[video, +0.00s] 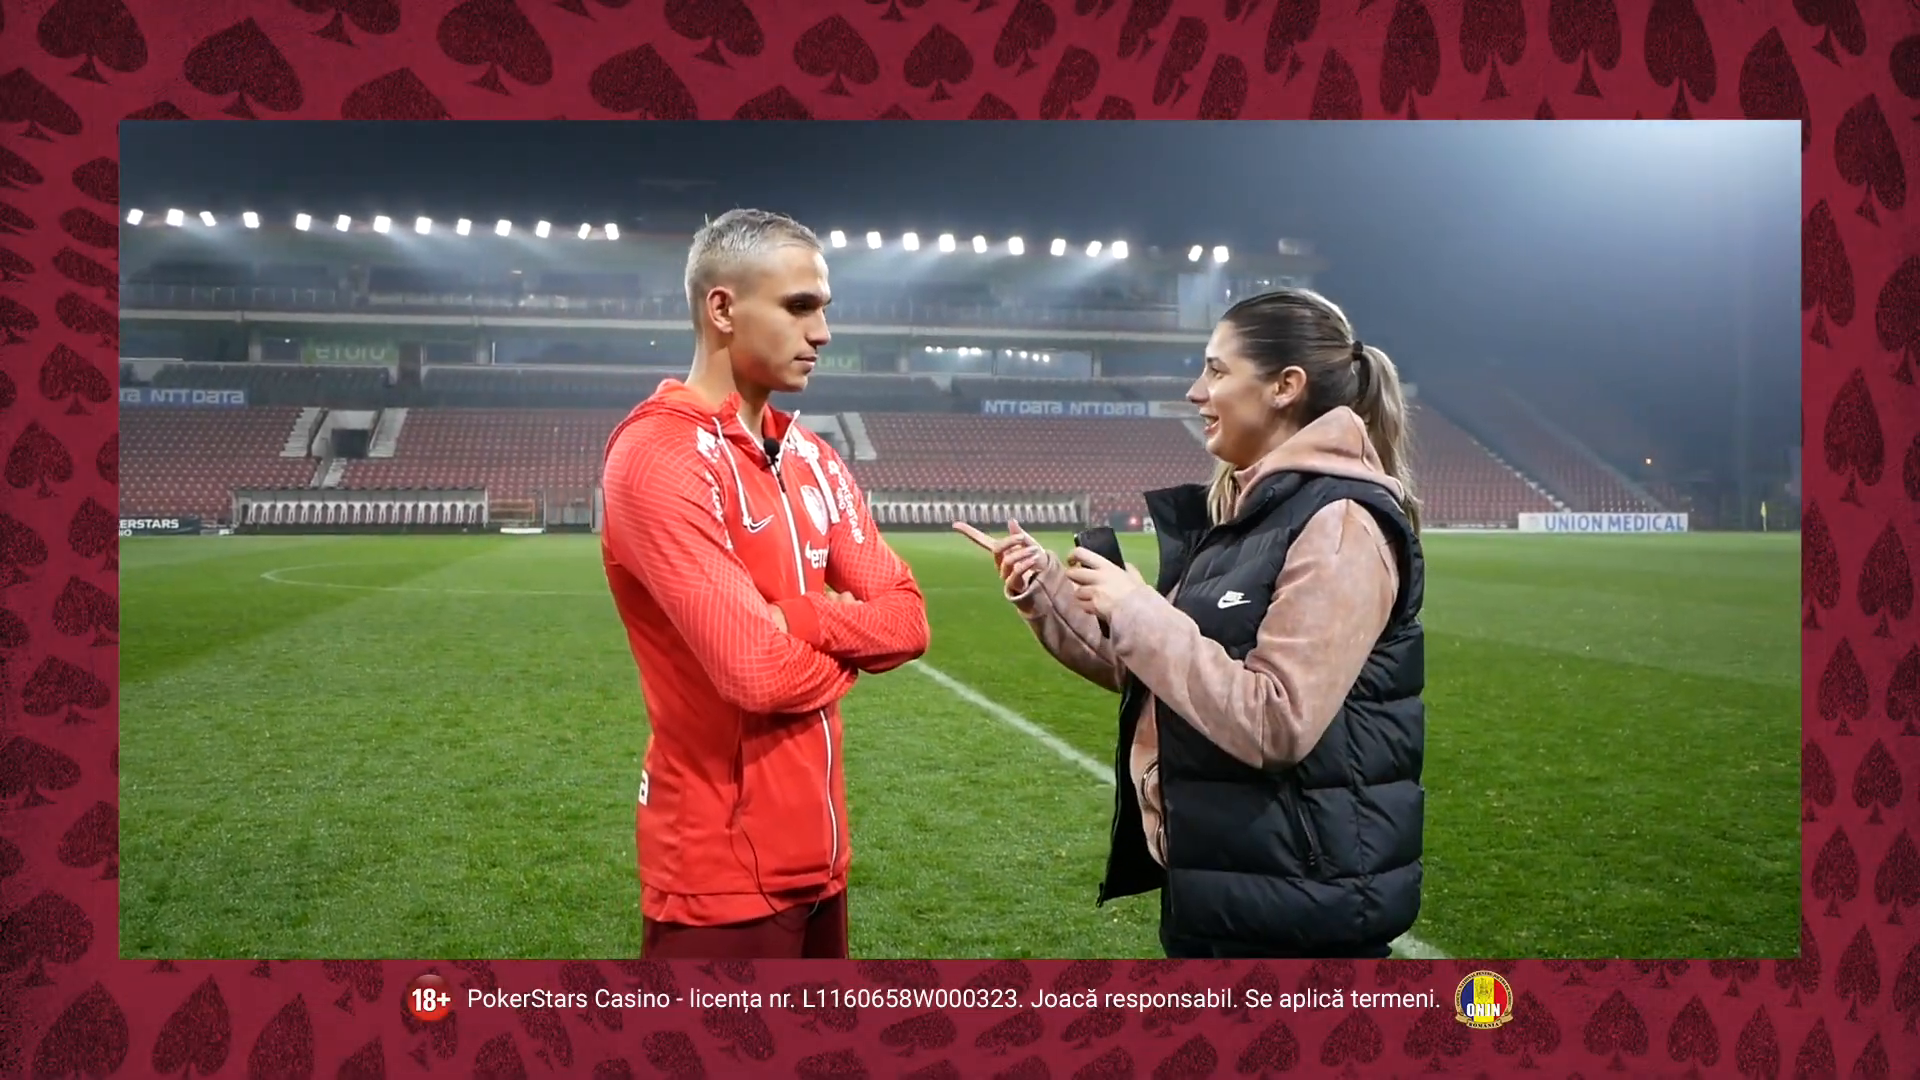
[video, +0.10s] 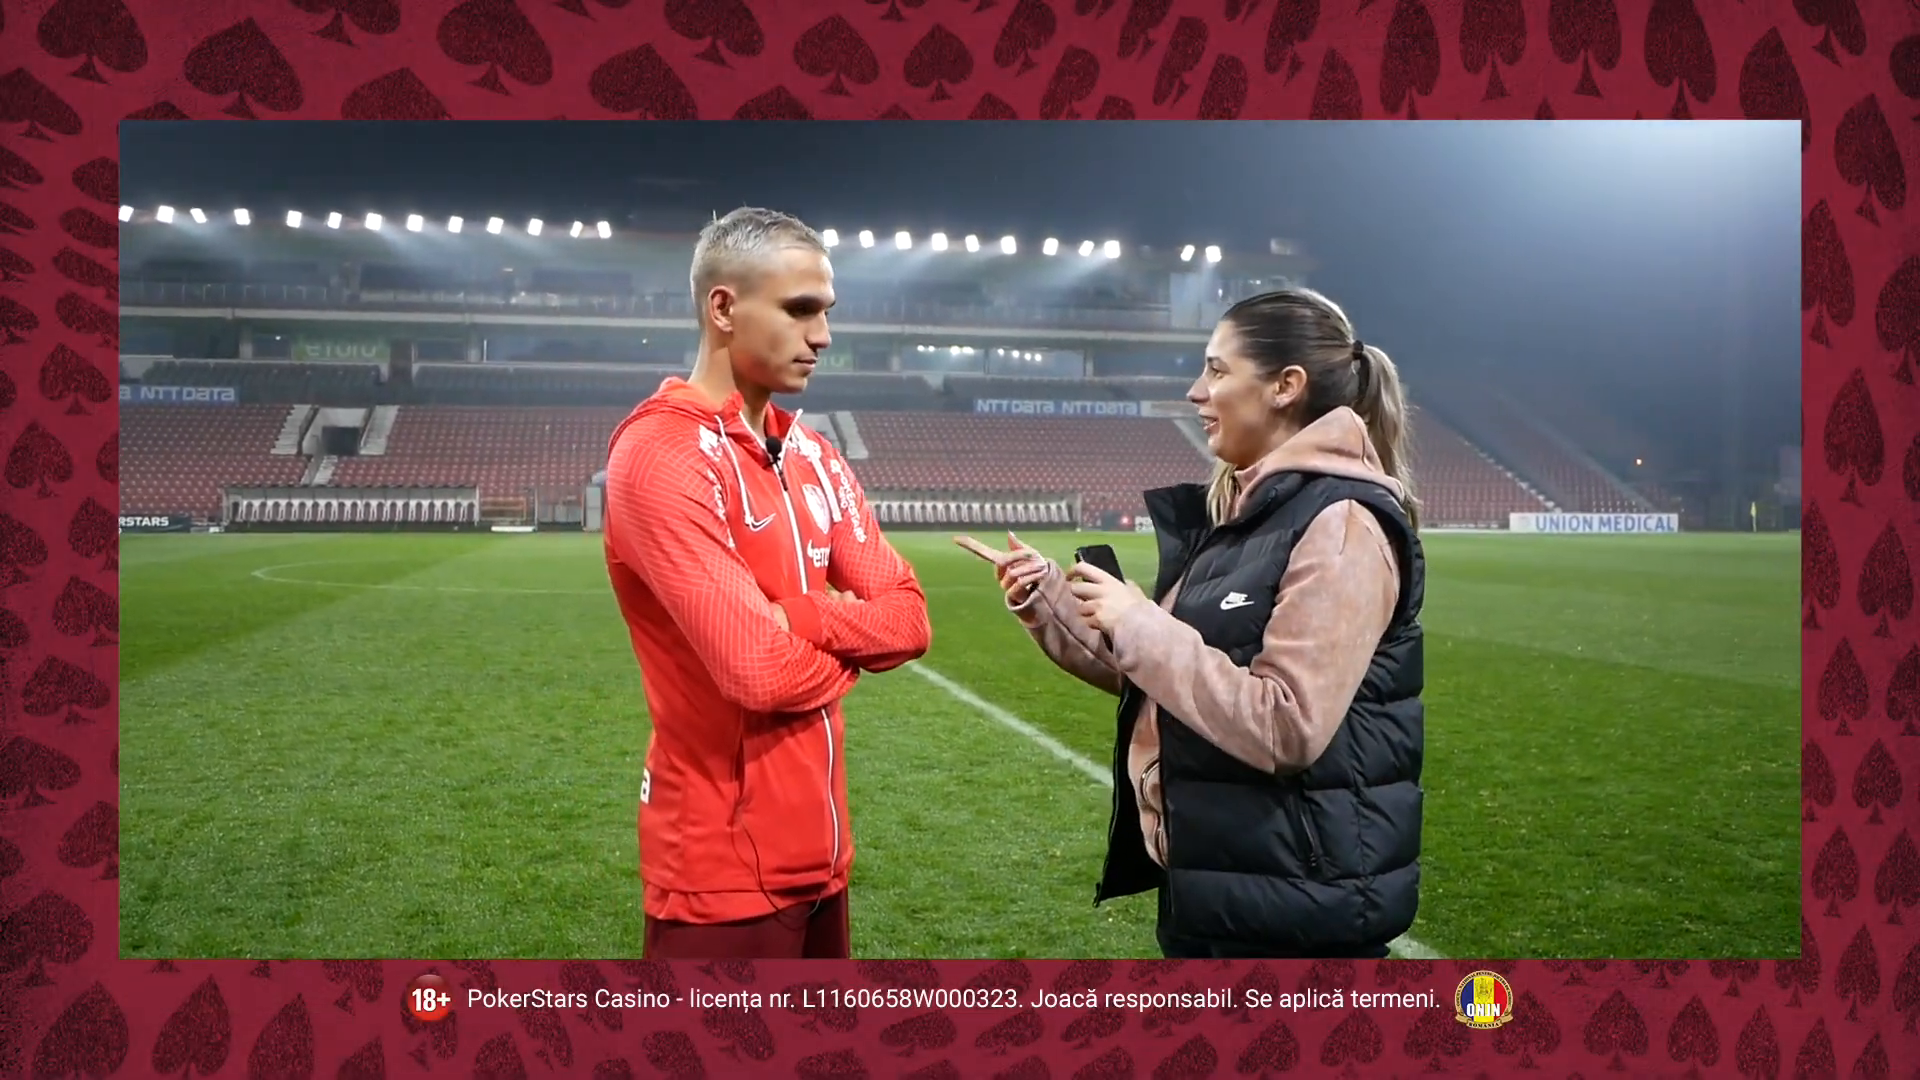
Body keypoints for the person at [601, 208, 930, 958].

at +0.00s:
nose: (822, 333)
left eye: (823, 309)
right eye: (799, 307)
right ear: (721, 309)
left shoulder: (812, 455)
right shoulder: (655, 459)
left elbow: (908, 620)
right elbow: (758, 676)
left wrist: (790, 616)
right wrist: (852, 646)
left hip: (813, 847)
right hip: (719, 861)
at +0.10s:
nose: (823, 335)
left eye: (826, 312)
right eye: (800, 310)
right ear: (722, 309)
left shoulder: (813, 452)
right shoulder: (658, 458)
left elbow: (910, 619)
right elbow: (760, 675)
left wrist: (793, 615)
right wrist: (854, 643)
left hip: (815, 845)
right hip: (721, 859)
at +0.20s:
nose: (823, 340)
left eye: (827, 317)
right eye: (800, 314)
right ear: (723, 308)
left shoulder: (815, 453)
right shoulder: (659, 457)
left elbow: (910, 621)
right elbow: (759, 674)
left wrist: (790, 615)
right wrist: (856, 638)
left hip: (817, 842)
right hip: (722, 857)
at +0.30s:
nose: (825, 344)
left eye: (829, 320)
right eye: (803, 317)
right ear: (725, 311)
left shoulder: (817, 452)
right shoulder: (662, 457)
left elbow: (911, 621)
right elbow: (758, 676)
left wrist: (789, 617)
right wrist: (855, 644)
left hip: (819, 842)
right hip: (722, 857)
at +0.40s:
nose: (825, 347)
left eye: (830, 323)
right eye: (803, 319)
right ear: (728, 313)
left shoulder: (817, 454)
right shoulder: (662, 460)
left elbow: (911, 625)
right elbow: (757, 678)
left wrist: (788, 619)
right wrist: (854, 646)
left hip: (818, 846)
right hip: (722, 859)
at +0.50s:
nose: (824, 349)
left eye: (830, 325)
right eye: (802, 322)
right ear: (727, 313)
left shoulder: (818, 456)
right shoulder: (660, 461)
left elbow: (908, 626)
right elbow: (751, 678)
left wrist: (781, 618)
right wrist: (853, 647)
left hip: (817, 847)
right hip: (720, 860)